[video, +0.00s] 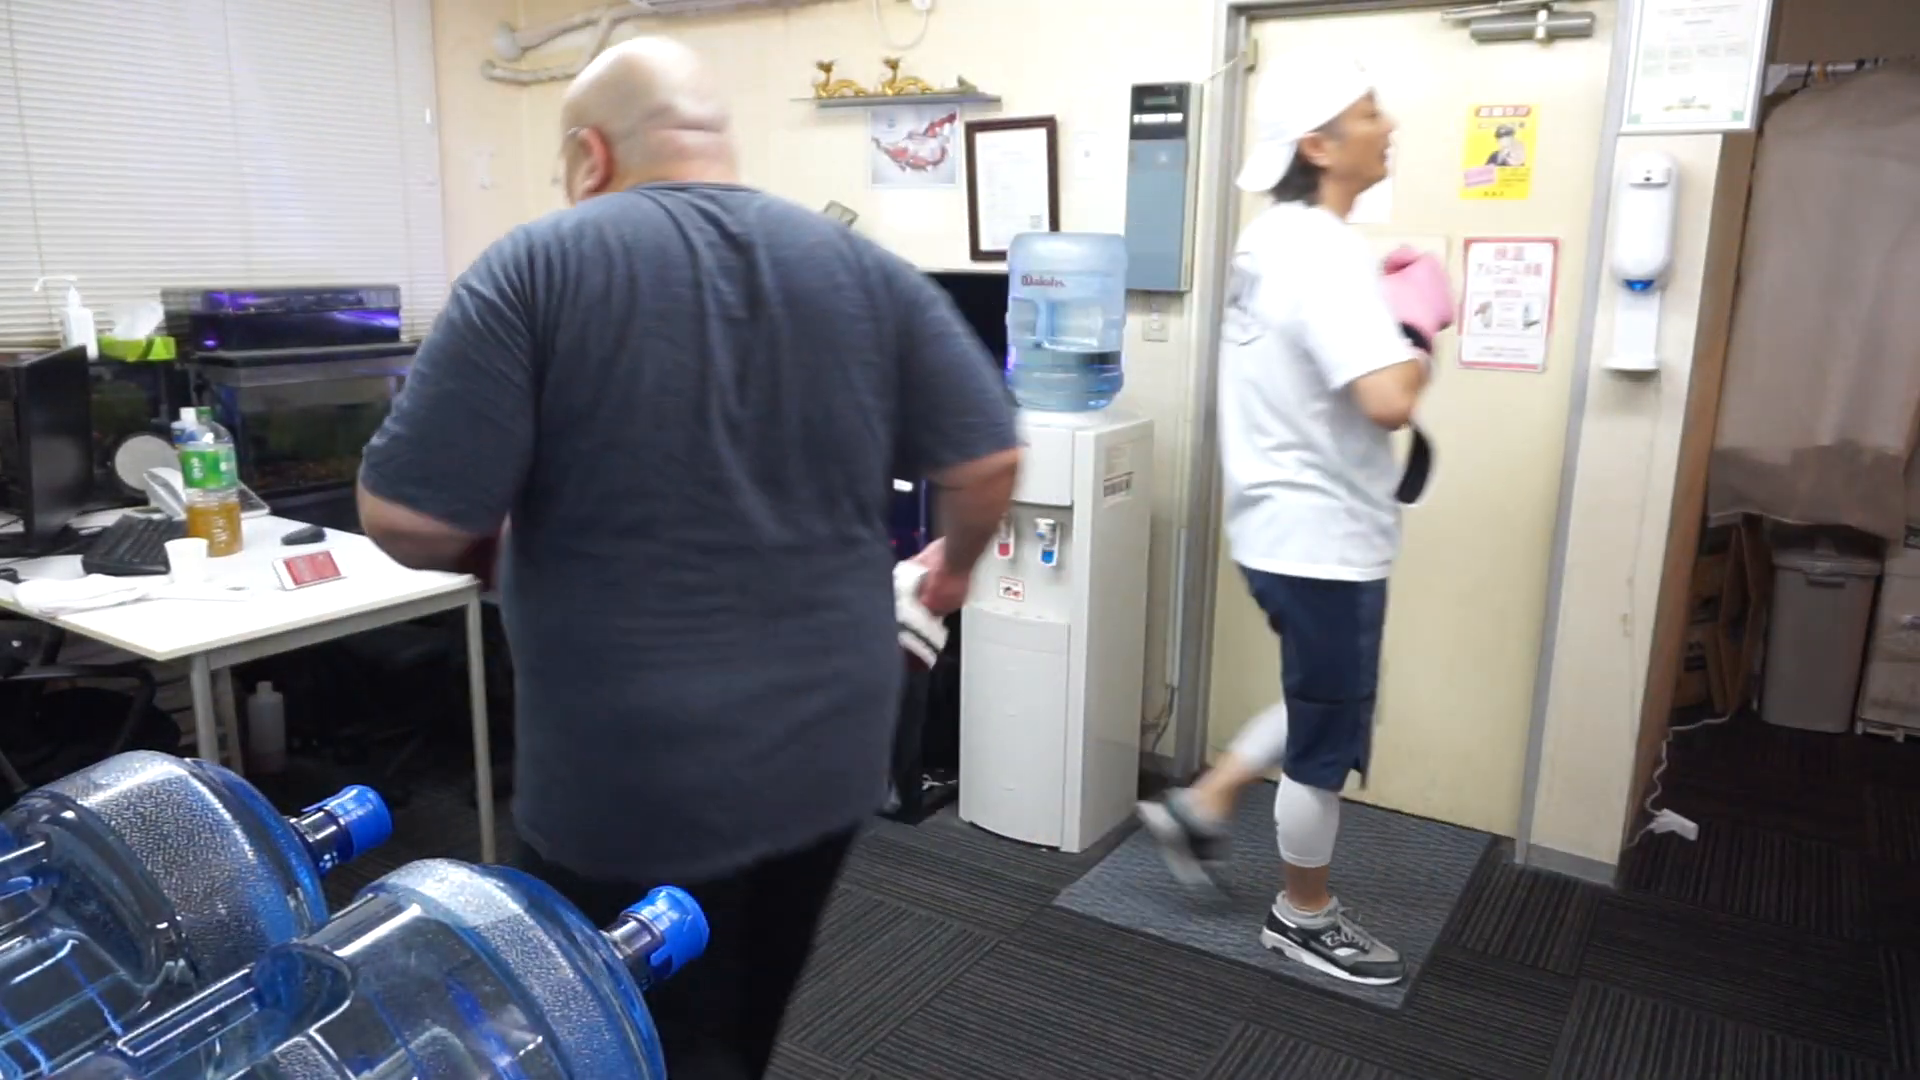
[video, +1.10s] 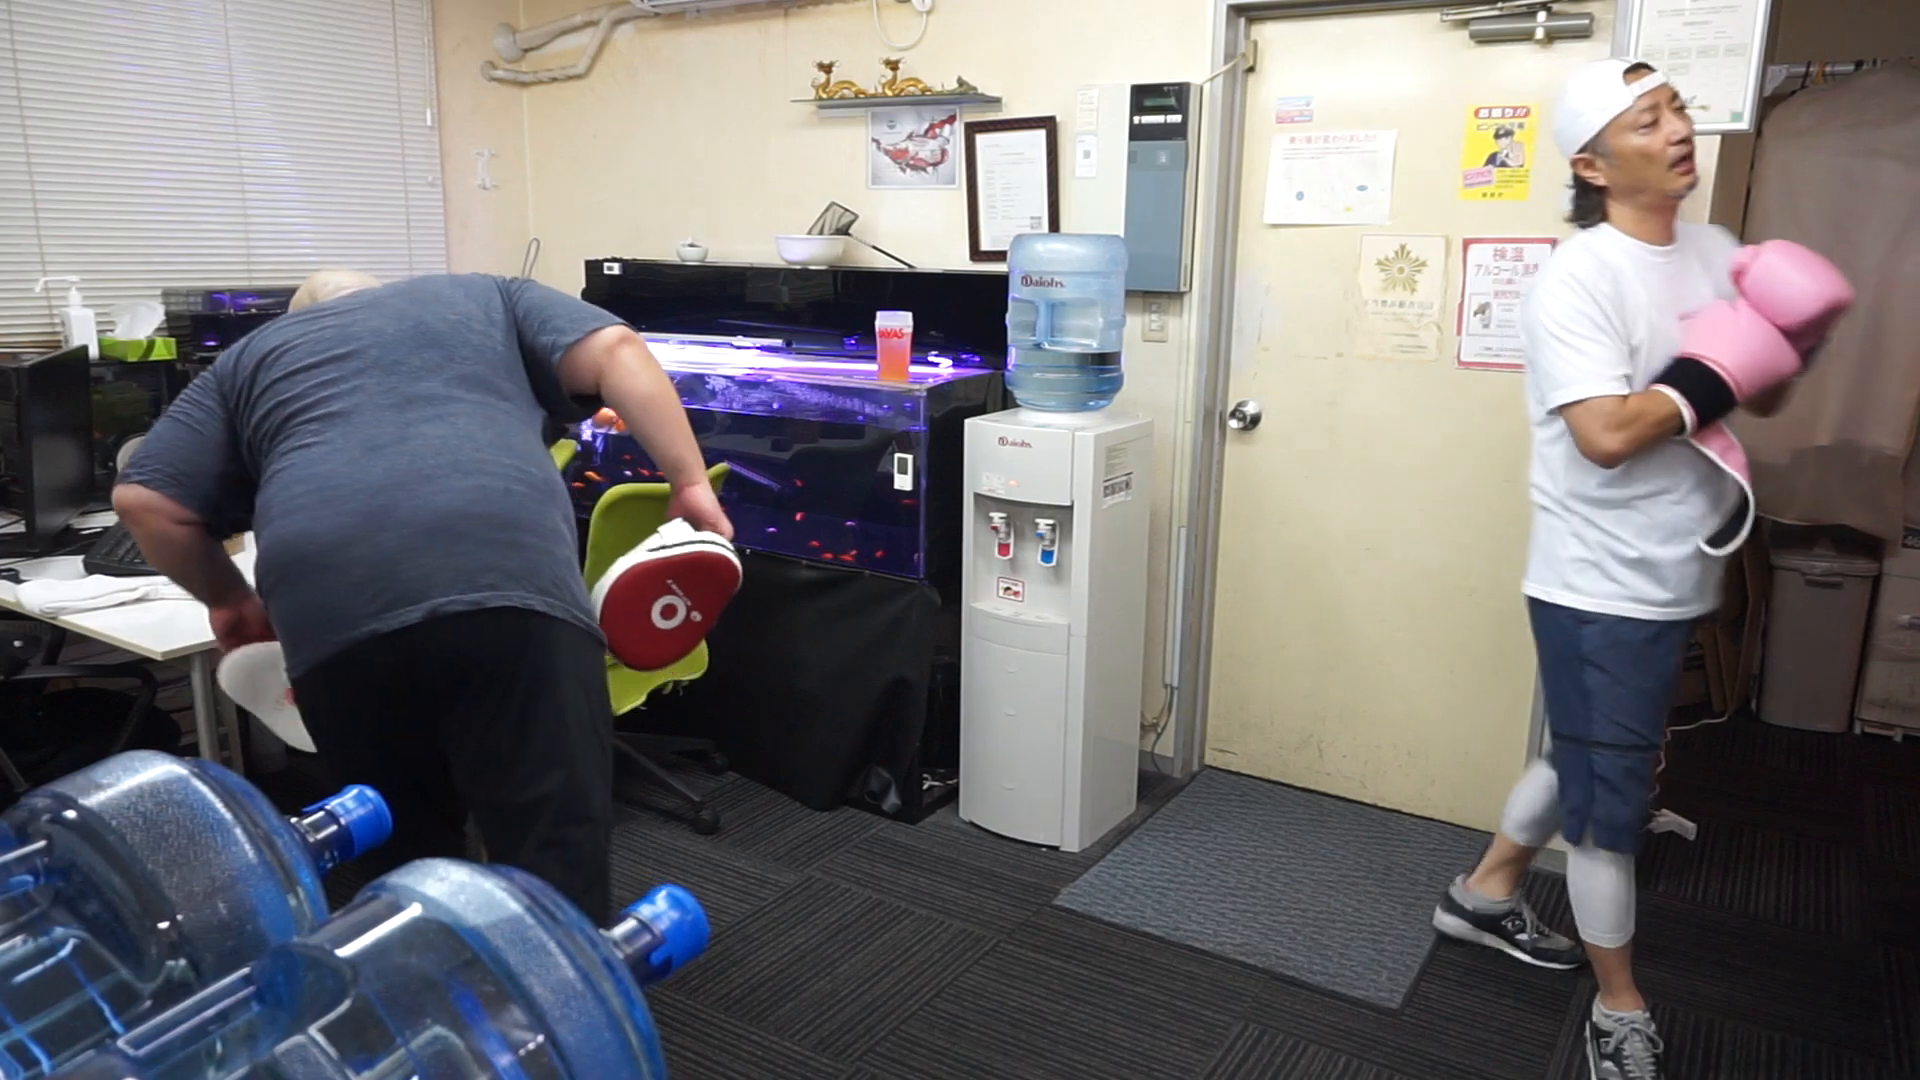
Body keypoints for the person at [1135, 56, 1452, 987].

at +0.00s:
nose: (1388, 126)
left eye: (1379, 111)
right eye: (1370, 117)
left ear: (1325, 149)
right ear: (1324, 148)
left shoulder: (1280, 237)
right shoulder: (1324, 252)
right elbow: (1388, 401)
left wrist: (1379, 302)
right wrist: (1423, 338)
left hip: (1280, 526)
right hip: (1321, 538)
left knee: (1321, 698)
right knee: (1329, 728)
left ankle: (1198, 809)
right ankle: (1303, 913)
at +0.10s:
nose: (1419, 119)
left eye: (1410, 104)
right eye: (1399, 110)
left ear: (1354, 143)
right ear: (1351, 141)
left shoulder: (1329, 234)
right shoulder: (1353, 247)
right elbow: (1433, 400)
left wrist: (1431, 316)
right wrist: (1458, 334)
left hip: (1337, 531)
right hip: (1337, 542)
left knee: (1391, 694)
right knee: (1334, 733)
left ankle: (1287, 826)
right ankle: (1302, 913)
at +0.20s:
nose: (1447, 116)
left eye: (1437, 102)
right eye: (1426, 108)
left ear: (1389, 147)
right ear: (1379, 144)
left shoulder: (1382, 237)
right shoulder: (1376, 249)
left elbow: (1430, 377)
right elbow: (1462, 400)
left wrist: (1473, 312)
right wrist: (1490, 322)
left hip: (1387, 538)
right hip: (1358, 545)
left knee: (1415, 703)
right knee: (1345, 731)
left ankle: (1406, 863)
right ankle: (1301, 908)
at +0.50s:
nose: (1536, 123)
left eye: (1527, 109)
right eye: (1513, 115)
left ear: (1479, 152)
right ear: (1463, 152)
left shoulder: (1493, 248)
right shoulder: (1459, 251)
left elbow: (1527, 375)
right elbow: (1539, 398)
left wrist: (1569, 309)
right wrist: (1586, 325)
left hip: (1507, 546)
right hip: (1464, 552)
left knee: (1496, 738)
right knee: (1474, 752)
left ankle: (1476, 898)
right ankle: (1326, 892)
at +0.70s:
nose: (1593, 118)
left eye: (1586, 103)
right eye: (1567, 111)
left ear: (1553, 146)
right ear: (1514, 149)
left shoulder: (1561, 248)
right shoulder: (1508, 248)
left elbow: (1585, 373)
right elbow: (1578, 390)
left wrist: (1635, 315)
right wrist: (1641, 320)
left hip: (1544, 543)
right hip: (1509, 547)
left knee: (1502, 732)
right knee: (1582, 755)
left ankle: (1486, 901)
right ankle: (1451, 897)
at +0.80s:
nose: (1617, 117)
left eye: (1611, 101)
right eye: (1592, 110)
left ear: (1586, 142)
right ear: (1539, 149)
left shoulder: (1597, 247)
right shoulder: (1522, 255)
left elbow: (1607, 375)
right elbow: (1594, 394)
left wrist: (1666, 321)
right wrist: (1668, 314)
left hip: (1571, 548)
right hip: (1526, 553)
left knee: (1514, 726)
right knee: (1574, 758)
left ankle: (1476, 891)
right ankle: (1535, 959)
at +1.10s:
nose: (1678, 128)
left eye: (1676, 110)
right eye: (1649, 122)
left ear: (1688, 129)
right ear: (1596, 165)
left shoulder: (1713, 253)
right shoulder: (1575, 278)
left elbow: (1744, 391)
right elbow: (1605, 433)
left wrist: (1781, 324)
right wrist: (1719, 365)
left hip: (1674, 571)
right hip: (1595, 576)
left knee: (1584, 753)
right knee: (1606, 796)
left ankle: (1484, 888)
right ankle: (1619, 1004)